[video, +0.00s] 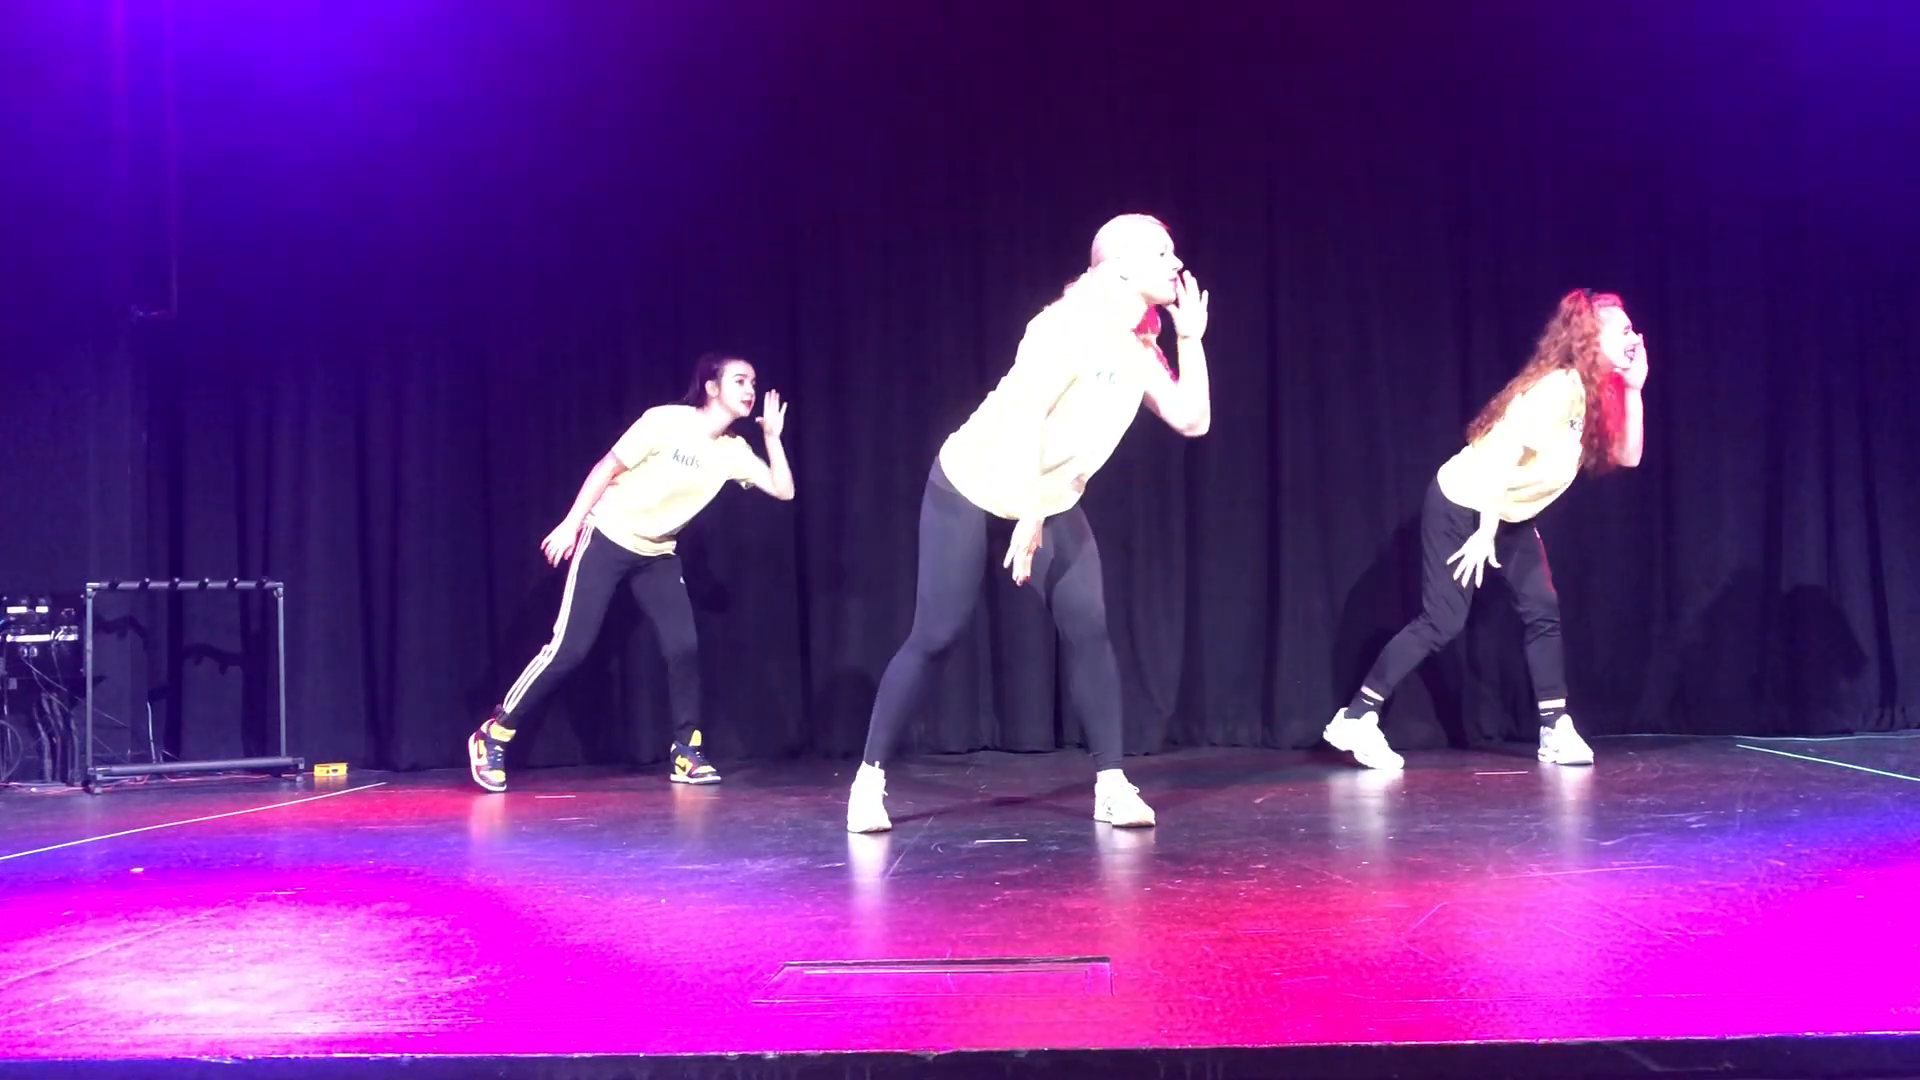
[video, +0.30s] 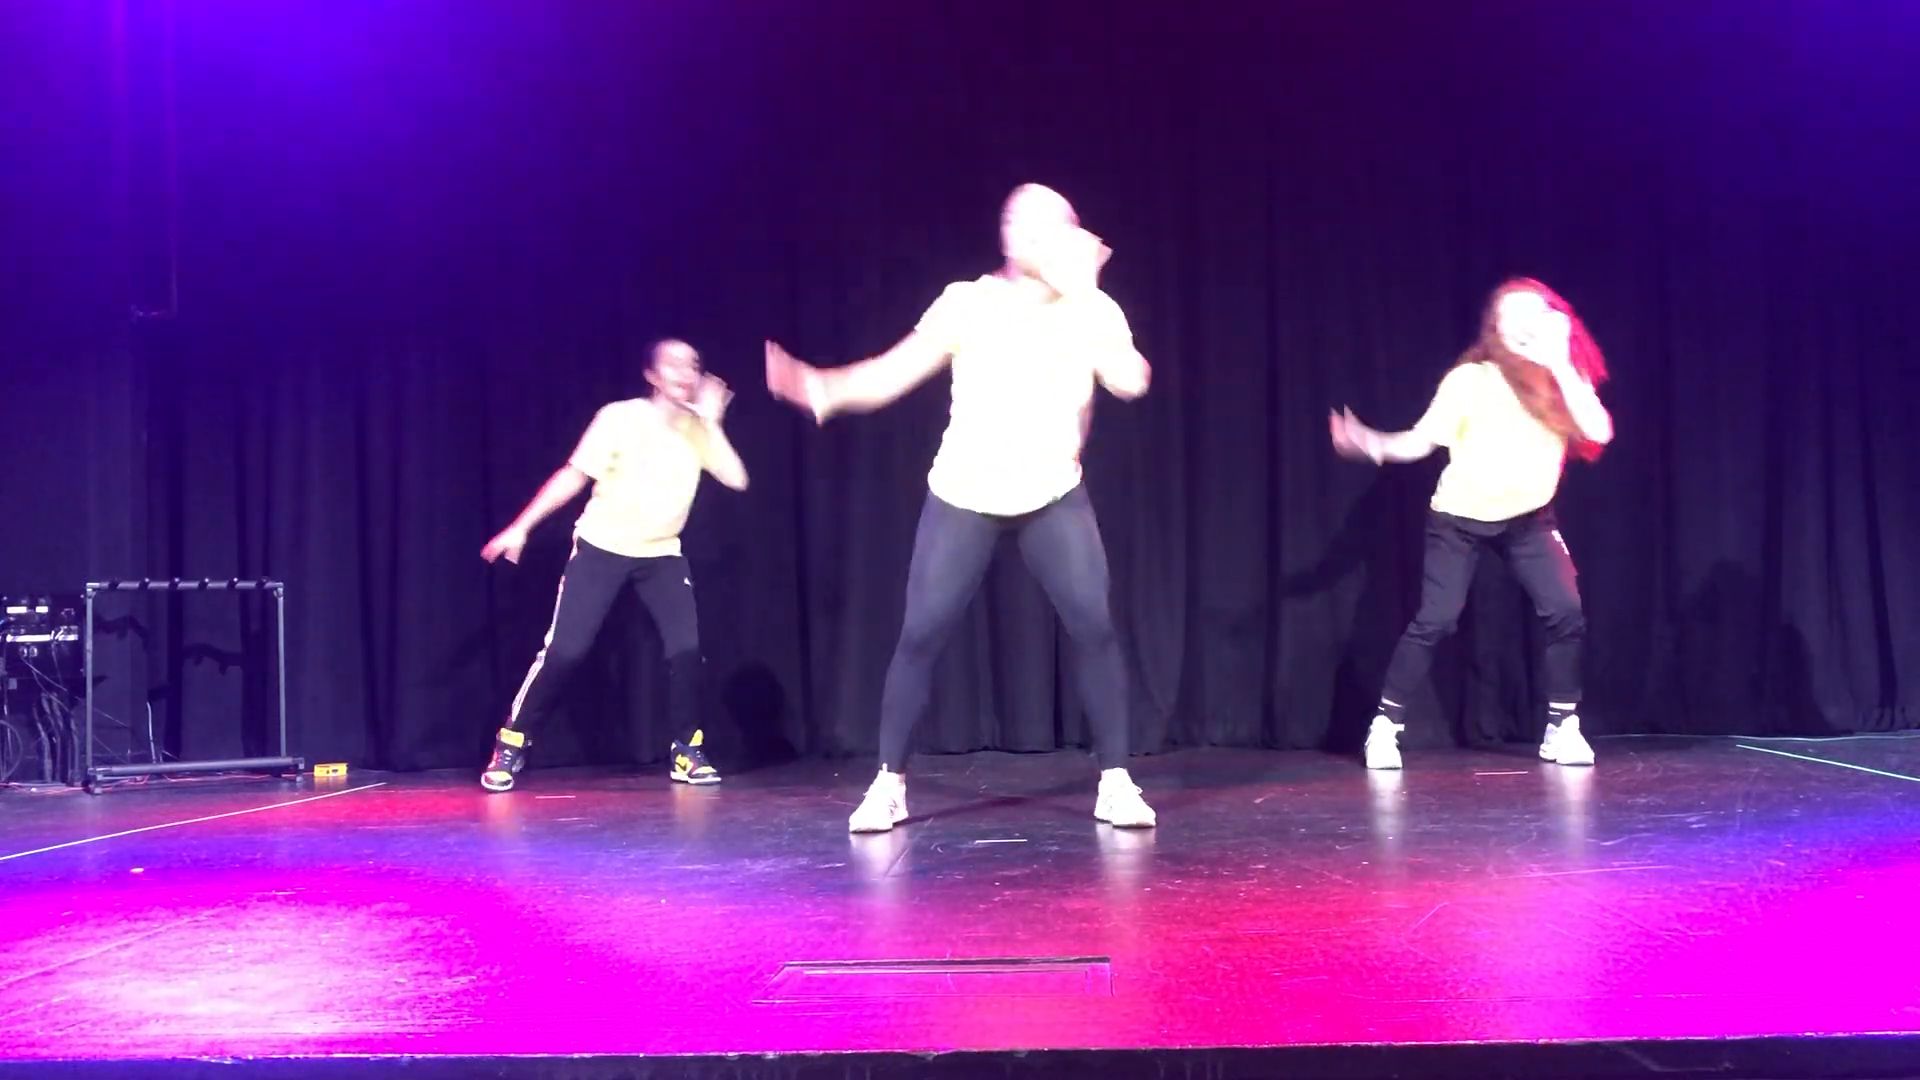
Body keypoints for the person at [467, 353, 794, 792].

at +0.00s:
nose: (750, 390)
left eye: (753, 384)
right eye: (740, 381)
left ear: (752, 394)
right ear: (711, 387)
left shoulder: (733, 452)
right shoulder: (666, 420)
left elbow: (784, 490)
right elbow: (608, 467)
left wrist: (773, 439)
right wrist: (571, 523)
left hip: (657, 555)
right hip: (606, 540)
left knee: (683, 646)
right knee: (571, 647)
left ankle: (686, 754)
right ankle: (492, 737)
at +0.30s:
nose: (685, 376)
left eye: (691, 368)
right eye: (674, 366)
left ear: (698, 375)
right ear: (652, 373)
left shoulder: (698, 429)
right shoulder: (619, 419)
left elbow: (738, 480)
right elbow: (573, 476)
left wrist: (712, 423)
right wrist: (520, 528)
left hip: (661, 553)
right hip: (601, 549)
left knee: (685, 648)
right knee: (567, 649)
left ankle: (687, 754)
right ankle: (510, 748)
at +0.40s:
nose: (611, 354)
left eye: (623, 345)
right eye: (604, 346)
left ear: (647, 355)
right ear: (596, 355)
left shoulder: (664, 408)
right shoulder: (581, 407)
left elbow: (678, 451)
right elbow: (539, 465)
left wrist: (638, 399)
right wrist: (475, 504)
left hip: (654, 542)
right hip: (592, 540)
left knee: (670, 642)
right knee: (553, 644)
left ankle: (698, 745)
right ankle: (526, 750)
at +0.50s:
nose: (545, 368)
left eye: (556, 357)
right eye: (543, 359)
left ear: (587, 364)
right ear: (543, 369)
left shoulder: (615, 410)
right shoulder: (549, 428)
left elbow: (613, 448)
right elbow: (517, 482)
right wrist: (455, 458)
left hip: (640, 552)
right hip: (588, 554)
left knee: (652, 657)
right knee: (547, 649)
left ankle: (723, 738)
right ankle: (531, 758)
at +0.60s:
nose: (501, 405)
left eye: (512, 395)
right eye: (501, 396)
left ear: (543, 401)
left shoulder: (571, 442)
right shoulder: (533, 458)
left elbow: (545, 494)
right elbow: (493, 511)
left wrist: (525, 444)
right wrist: (482, 455)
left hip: (631, 569)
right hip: (591, 572)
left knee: (636, 681)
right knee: (534, 654)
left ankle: (733, 739)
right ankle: (532, 760)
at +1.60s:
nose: (459, 478)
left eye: (468, 468)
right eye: (458, 468)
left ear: (502, 471)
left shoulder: (541, 499)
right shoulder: (490, 509)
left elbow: (528, 574)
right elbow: (485, 574)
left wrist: (480, 521)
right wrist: (467, 524)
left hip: (649, 559)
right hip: (593, 569)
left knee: (667, 653)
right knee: (558, 655)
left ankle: (723, 742)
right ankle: (526, 758)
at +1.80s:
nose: (536, 510)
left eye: (547, 501)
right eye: (529, 500)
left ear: (573, 504)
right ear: (522, 502)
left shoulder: (602, 521)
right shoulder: (534, 528)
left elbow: (610, 601)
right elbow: (520, 596)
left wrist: (565, 552)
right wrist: (521, 548)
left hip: (657, 565)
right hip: (599, 573)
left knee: (680, 650)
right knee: (559, 656)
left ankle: (725, 746)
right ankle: (525, 756)